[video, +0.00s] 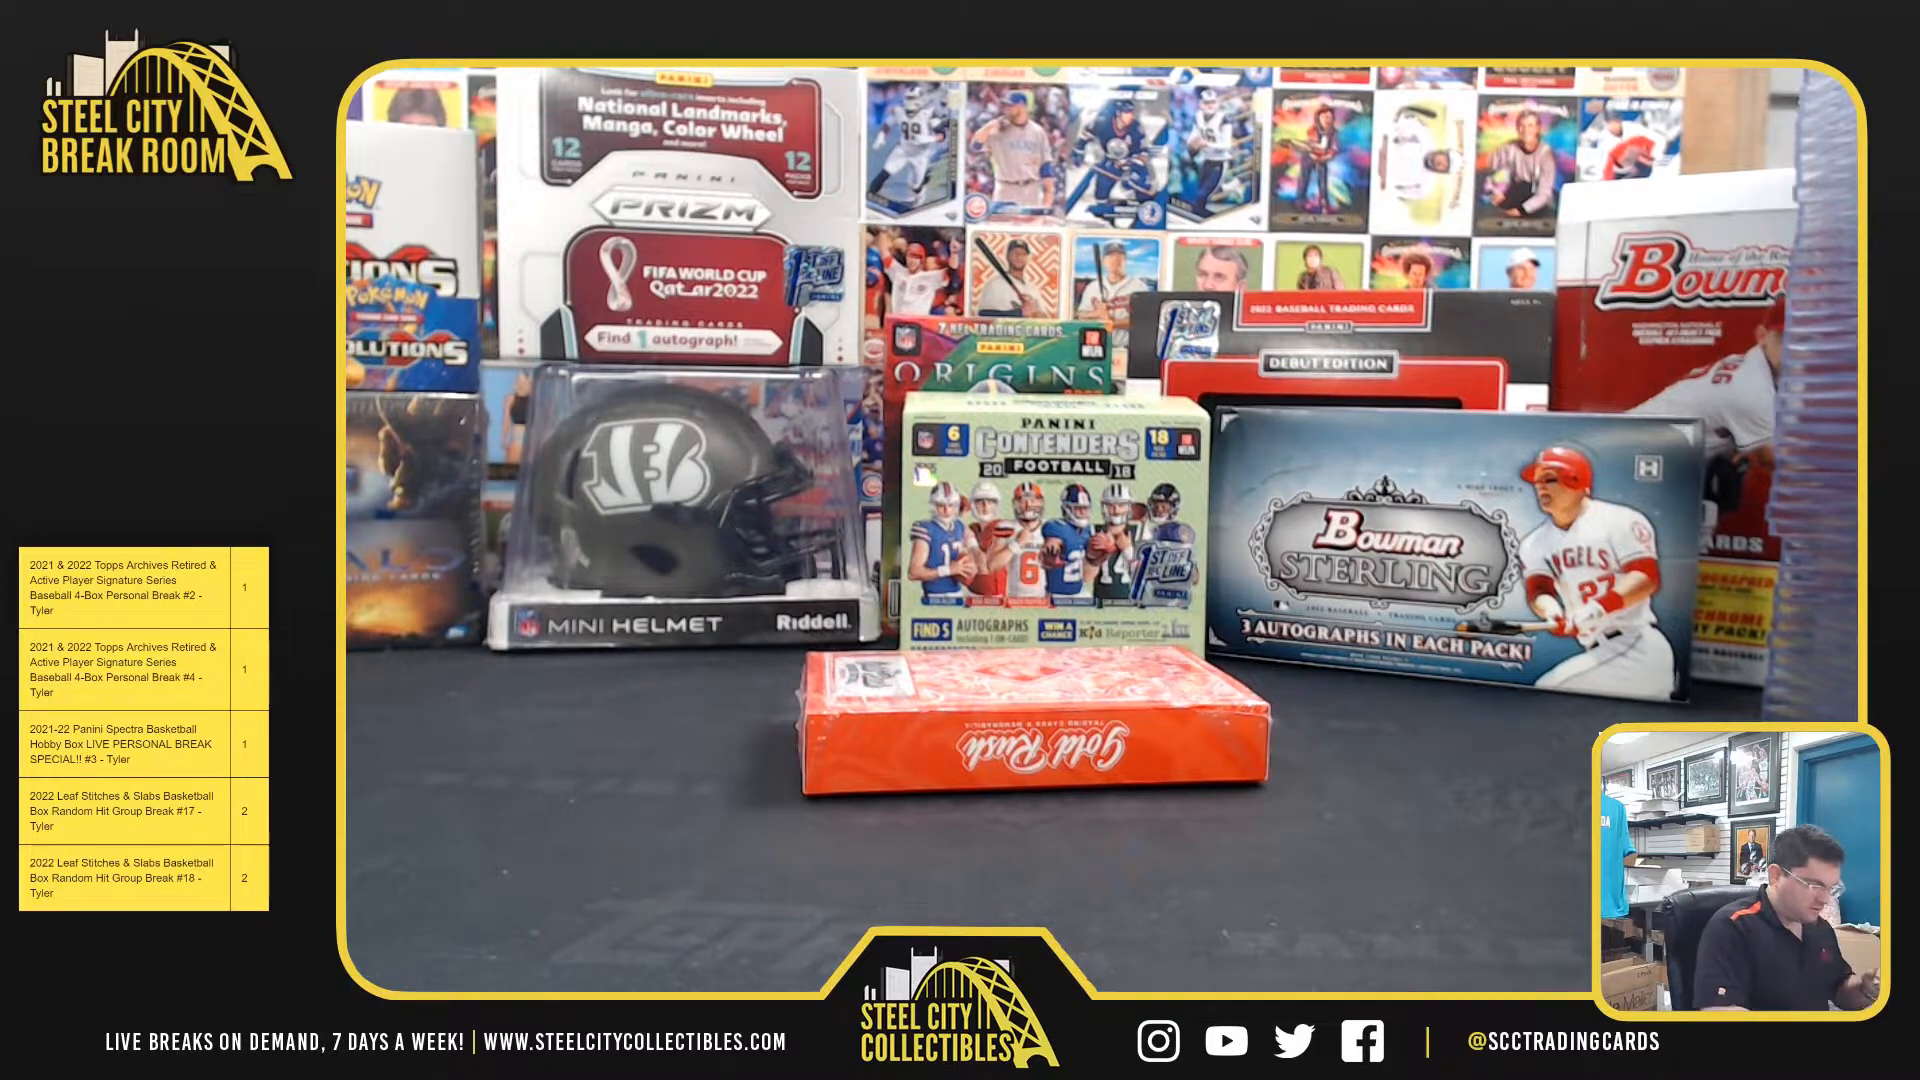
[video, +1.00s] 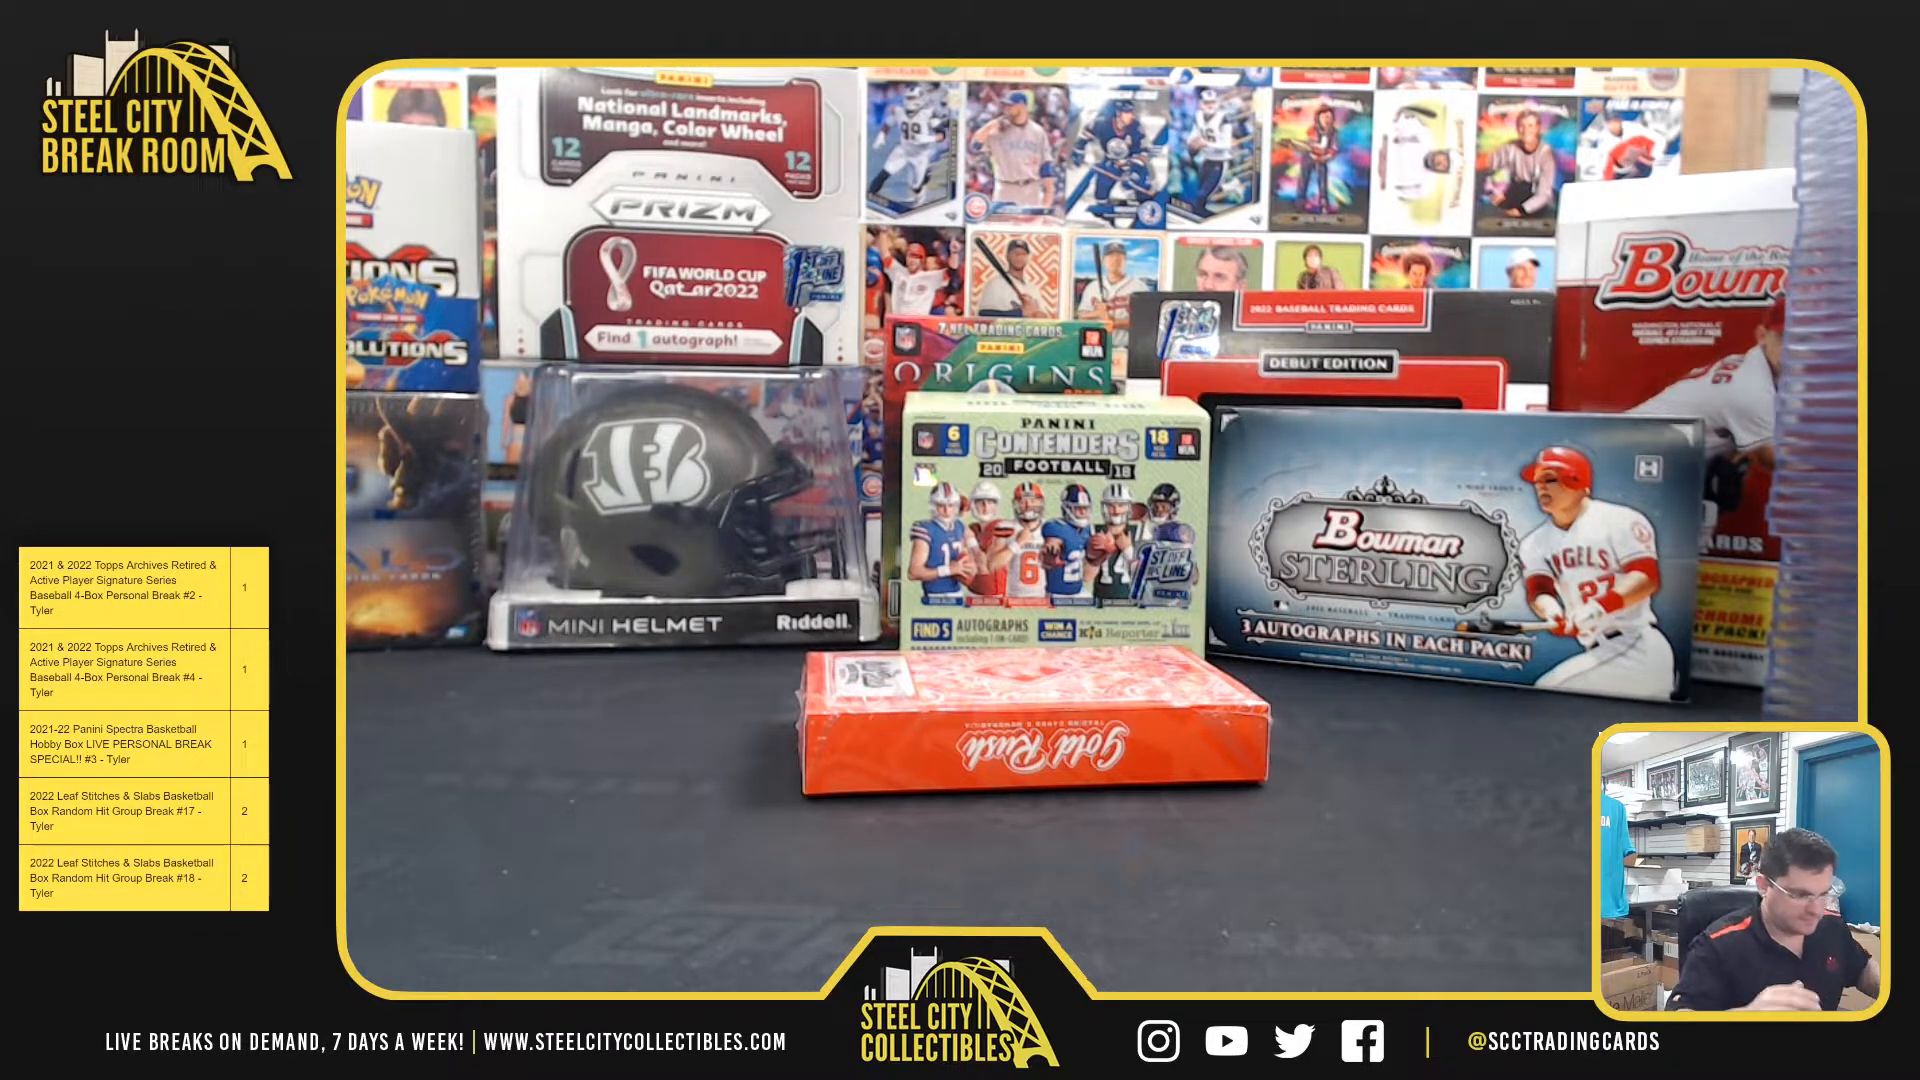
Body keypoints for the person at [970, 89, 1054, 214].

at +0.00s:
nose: (1006, 110)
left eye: (1010, 106)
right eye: (1006, 106)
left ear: (1022, 107)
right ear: (1004, 107)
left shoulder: (1038, 132)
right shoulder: (996, 129)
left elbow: (1046, 166)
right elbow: (974, 147)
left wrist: (1048, 198)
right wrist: (991, 127)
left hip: (1032, 186)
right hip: (1005, 186)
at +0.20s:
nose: (1006, 110)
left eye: (1010, 106)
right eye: (1005, 106)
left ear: (1022, 107)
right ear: (1004, 107)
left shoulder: (1038, 132)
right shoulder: (996, 129)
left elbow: (1046, 166)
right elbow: (974, 148)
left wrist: (1048, 198)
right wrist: (991, 127)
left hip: (1032, 186)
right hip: (1005, 186)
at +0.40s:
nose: (1006, 110)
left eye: (1010, 106)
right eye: (1005, 106)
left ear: (1022, 107)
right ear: (1004, 107)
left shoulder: (1038, 132)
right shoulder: (996, 129)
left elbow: (1046, 166)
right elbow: (974, 148)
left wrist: (1048, 198)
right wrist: (991, 127)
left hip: (1032, 186)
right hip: (1005, 186)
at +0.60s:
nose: (1006, 110)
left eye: (1010, 106)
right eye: (1005, 106)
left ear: (1022, 107)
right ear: (1004, 107)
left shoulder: (1038, 132)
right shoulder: (996, 129)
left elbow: (1046, 166)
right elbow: (974, 148)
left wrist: (1048, 198)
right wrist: (991, 127)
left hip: (1032, 186)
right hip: (1005, 186)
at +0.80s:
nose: (1006, 110)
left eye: (1010, 106)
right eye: (1006, 106)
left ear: (1022, 106)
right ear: (1004, 107)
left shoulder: (1038, 132)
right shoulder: (996, 129)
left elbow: (1046, 166)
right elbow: (974, 148)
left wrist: (1048, 199)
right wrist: (990, 127)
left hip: (1031, 186)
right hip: (1005, 186)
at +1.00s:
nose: (1006, 110)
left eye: (1010, 106)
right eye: (1005, 106)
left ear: (1022, 107)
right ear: (1004, 107)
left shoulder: (1038, 132)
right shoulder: (996, 129)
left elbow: (1046, 166)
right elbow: (974, 148)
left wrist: (1048, 198)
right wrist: (990, 127)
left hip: (1031, 186)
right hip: (1005, 186)